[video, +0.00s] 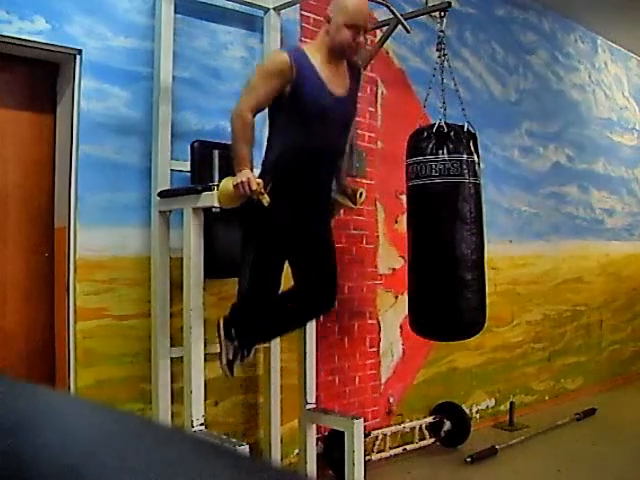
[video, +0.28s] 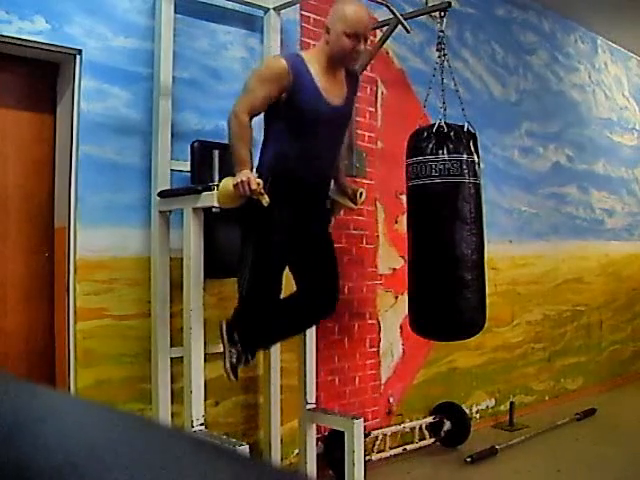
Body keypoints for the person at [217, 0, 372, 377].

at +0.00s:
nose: (360, 39)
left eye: (365, 32)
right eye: (353, 29)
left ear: (368, 34)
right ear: (328, 22)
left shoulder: (351, 72)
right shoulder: (286, 64)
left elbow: (338, 134)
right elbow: (243, 111)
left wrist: (342, 181)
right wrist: (244, 169)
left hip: (315, 201)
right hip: (275, 197)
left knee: (319, 294)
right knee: (259, 286)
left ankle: (243, 330)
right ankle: (241, 336)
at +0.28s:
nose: (362, 48)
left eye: (367, 40)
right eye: (356, 38)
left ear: (367, 42)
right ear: (330, 32)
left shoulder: (350, 80)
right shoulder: (282, 70)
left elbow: (334, 136)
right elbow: (240, 114)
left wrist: (341, 179)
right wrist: (243, 170)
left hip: (311, 206)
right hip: (271, 202)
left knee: (321, 297)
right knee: (260, 291)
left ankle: (244, 332)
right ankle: (245, 341)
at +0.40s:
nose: (365, 85)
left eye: (369, 76)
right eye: (359, 74)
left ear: (371, 74)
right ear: (334, 66)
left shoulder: (352, 111)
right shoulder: (289, 95)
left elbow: (336, 148)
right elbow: (233, 117)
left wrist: (341, 180)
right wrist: (243, 169)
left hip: (304, 230)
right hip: (264, 222)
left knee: (321, 318)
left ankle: (251, 373)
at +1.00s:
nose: (364, 70)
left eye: (369, 61)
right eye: (357, 59)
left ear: (370, 62)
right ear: (333, 54)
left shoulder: (355, 101)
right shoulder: (291, 91)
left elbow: (319, 152)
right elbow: (234, 115)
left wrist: (339, 184)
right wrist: (243, 170)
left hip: (306, 224)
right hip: (267, 221)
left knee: (326, 316)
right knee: (265, 323)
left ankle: (251, 361)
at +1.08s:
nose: (364, 47)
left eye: (368, 39)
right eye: (357, 37)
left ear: (368, 42)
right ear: (331, 33)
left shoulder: (353, 80)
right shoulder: (289, 71)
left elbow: (337, 135)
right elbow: (238, 112)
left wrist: (341, 179)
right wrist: (243, 169)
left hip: (309, 208)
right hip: (269, 204)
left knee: (323, 301)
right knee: (262, 299)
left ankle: (247, 346)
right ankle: (248, 355)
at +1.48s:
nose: (366, 84)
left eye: (370, 76)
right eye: (359, 74)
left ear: (371, 75)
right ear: (335, 67)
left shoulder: (353, 111)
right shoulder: (291, 96)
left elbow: (338, 149)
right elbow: (234, 118)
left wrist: (341, 181)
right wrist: (243, 170)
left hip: (302, 230)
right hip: (262, 224)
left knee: (321, 318)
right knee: (259, 321)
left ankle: (248, 370)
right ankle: (250, 378)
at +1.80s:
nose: (375, 144)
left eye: (380, 135)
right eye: (368, 134)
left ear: (382, 134)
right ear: (342, 125)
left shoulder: (354, 160)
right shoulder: (300, 140)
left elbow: (312, 187)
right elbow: (244, 118)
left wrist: (340, 195)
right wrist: (243, 170)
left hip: (297, 266)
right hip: (258, 263)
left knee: (322, 350)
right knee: (264, 359)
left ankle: (254, 411)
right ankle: (261, 426)